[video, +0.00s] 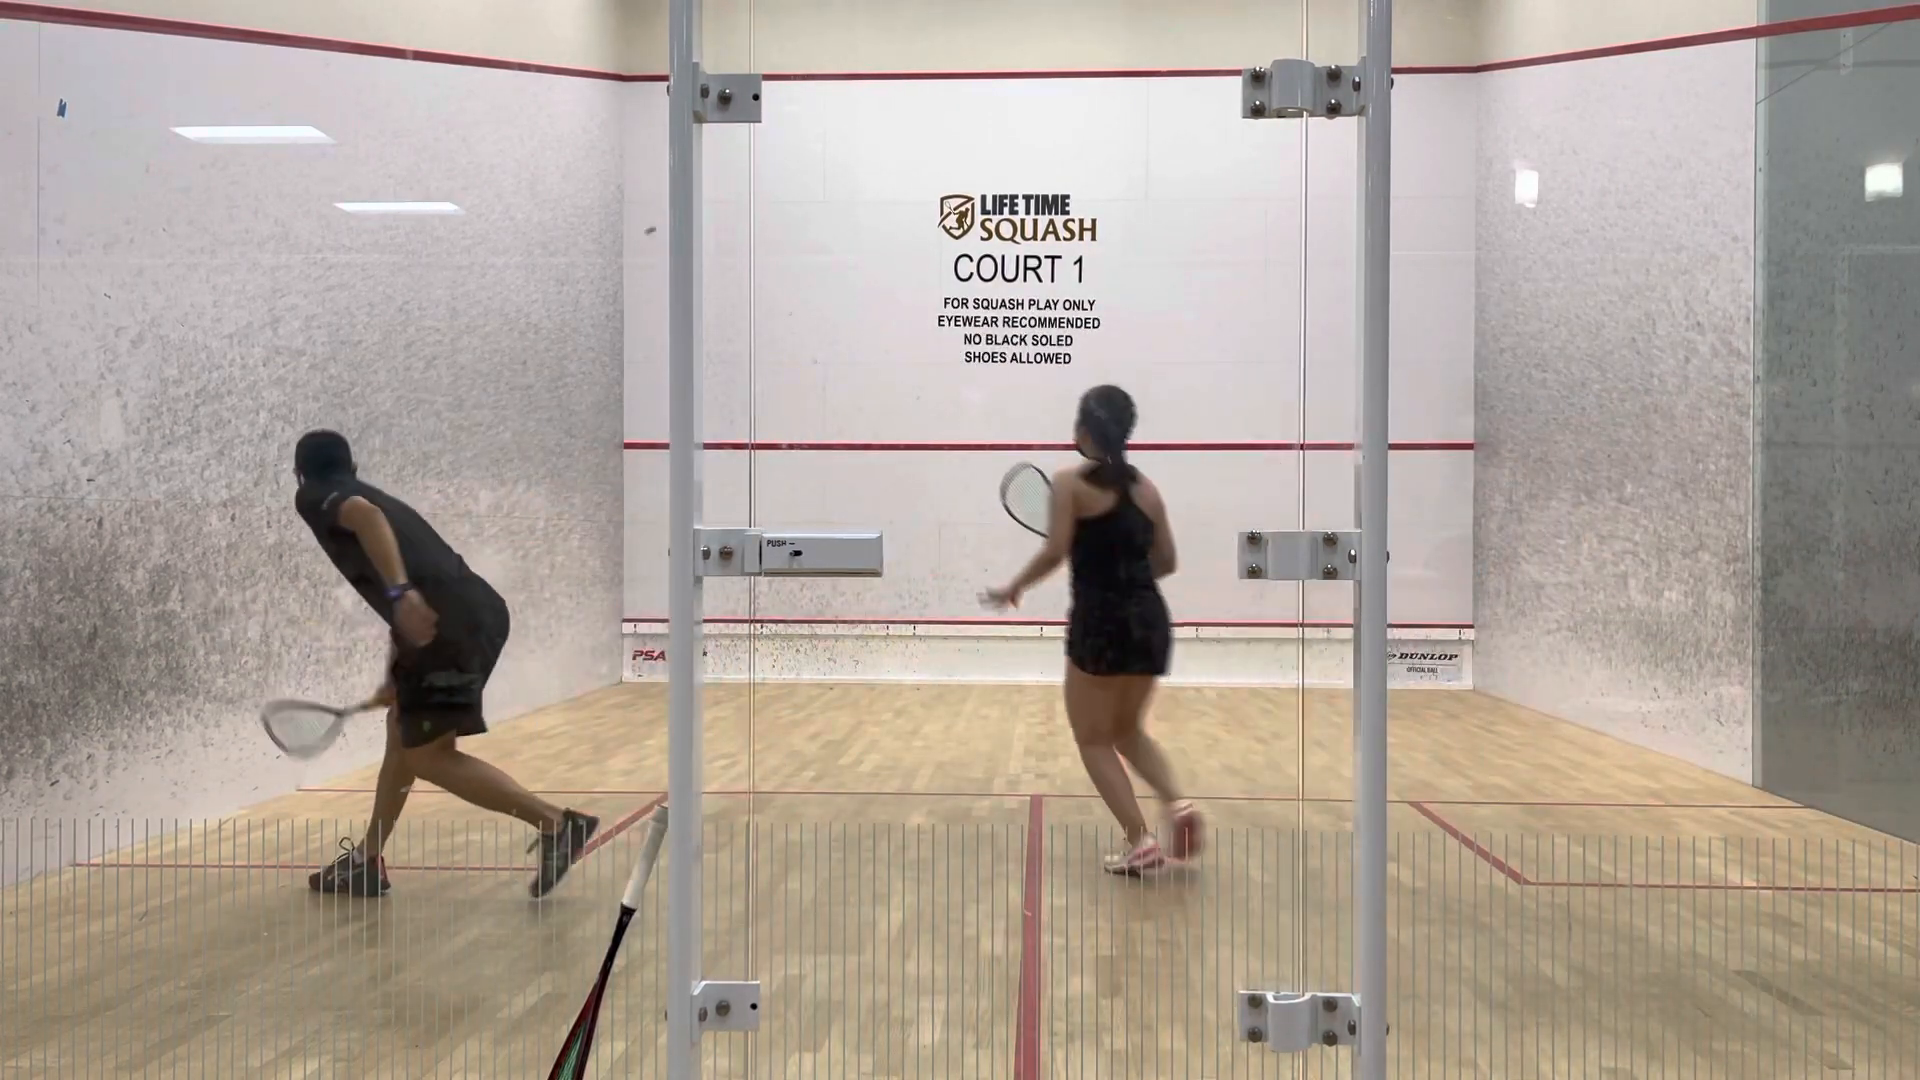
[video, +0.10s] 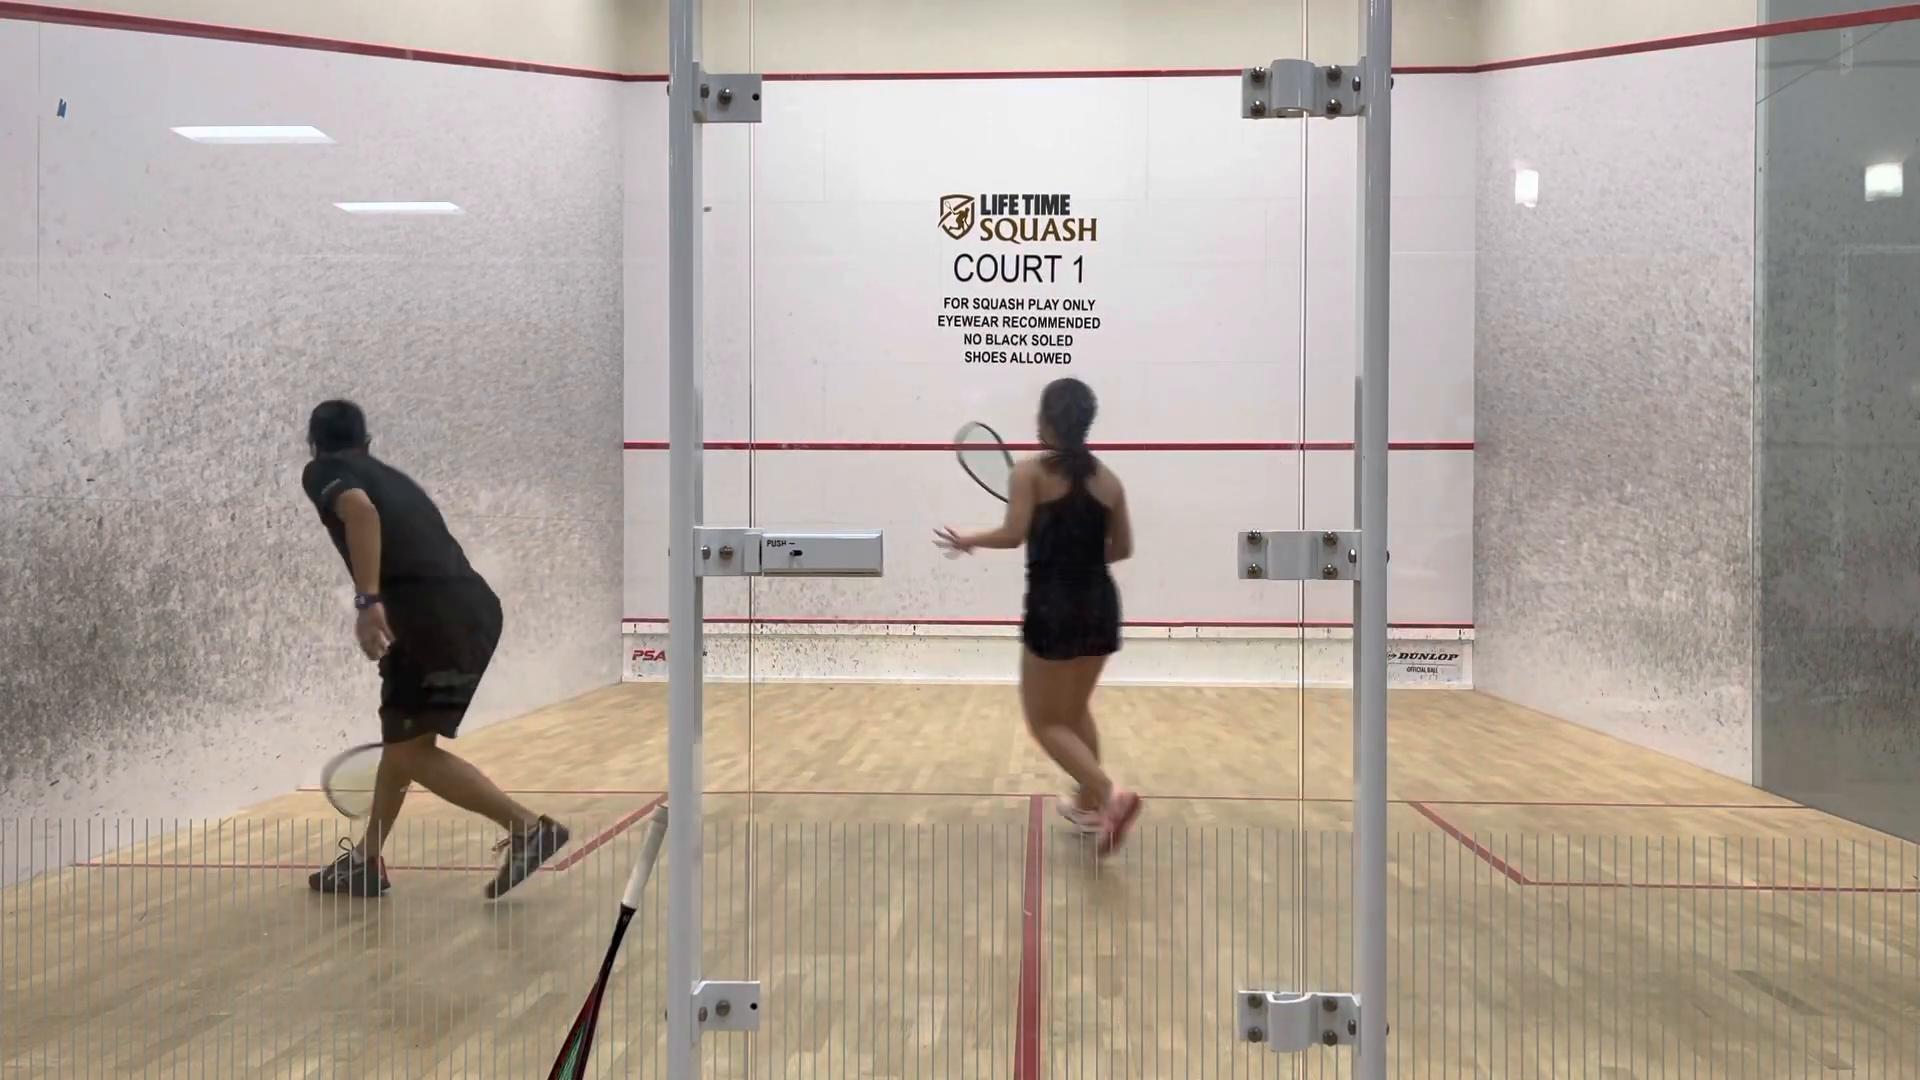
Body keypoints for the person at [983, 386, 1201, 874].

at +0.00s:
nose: (1073, 430)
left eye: (1077, 423)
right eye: (1078, 422)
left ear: (1084, 430)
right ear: (1123, 432)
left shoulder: (1069, 481)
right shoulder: (1145, 488)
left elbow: (1056, 550)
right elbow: (1165, 560)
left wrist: (1014, 588)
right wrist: (1119, 576)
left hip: (1098, 627)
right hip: (1149, 623)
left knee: (1093, 740)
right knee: (1129, 730)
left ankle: (1141, 841)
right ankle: (1178, 803)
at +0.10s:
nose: (1038, 421)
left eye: (1042, 413)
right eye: (1044, 413)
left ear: (1045, 419)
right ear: (1087, 422)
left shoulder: (1030, 470)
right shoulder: (1106, 480)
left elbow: (1013, 533)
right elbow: (1122, 547)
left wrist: (969, 539)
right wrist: (1075, 553)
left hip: (1053, 614)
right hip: (1100, 610)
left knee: (1045, 722)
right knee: (1077, 710)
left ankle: (1111, 797)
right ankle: (1090, 802)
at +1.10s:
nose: (695, 484)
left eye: (698, 478)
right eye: (697, 478)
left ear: (708, 481)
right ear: (738, 479)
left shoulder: (708, 513)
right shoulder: (748, 514)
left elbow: (677, 574)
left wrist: (654, 633)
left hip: (719, 627)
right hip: (749, 623)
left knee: (706, 725)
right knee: (695, 707)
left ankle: (777, 757)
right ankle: (673, 777)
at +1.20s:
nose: (686, 478)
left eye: (692, 471)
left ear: (695, 477)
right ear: (735, 478)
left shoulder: (692, 515)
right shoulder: (752, 518)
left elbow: (657, 567)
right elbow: (785, 542)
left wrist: (620, 613)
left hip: (718, 630)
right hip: (753, 626)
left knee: (692, 717)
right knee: (693, 703)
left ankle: (767, 757)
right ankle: (675, 776)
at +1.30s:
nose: (696, 479)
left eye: (699, 473)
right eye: (699, 473)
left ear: (707, 477)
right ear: (739, 477)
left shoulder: (702, 512)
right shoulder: (761, 518)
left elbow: (665, 548)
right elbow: (816, 527)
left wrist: (627, 581)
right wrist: (868, 530)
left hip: (721, 630)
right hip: (753, 628)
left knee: (677, 713)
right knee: (688, 695)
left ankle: (757, 758)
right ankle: (675, 777)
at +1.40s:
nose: (712, 473)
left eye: (714, 465)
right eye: (714, 465)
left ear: (723, 469)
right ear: (753, 466)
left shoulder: (715, 504)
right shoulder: (778, 509)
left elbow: (673, 540)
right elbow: (831, 521)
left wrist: (628, 569)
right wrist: (880, 521)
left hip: (721, 623)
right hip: (760, 624)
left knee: (694, 708)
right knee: (698, 700)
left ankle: (756, 766)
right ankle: (673, 775)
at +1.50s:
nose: (725, 457)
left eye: (727, 450)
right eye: (727, 450)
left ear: (736, 453)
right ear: (769, 452)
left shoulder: (726, 490)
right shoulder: (792, 497)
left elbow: (678, 529)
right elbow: (837, 519)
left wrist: (627, 556)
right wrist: (883, 521)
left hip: (737, 611)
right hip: (780, 614)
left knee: (721, 706)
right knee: (727, 707)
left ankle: (776, 780)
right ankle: (685, 781)